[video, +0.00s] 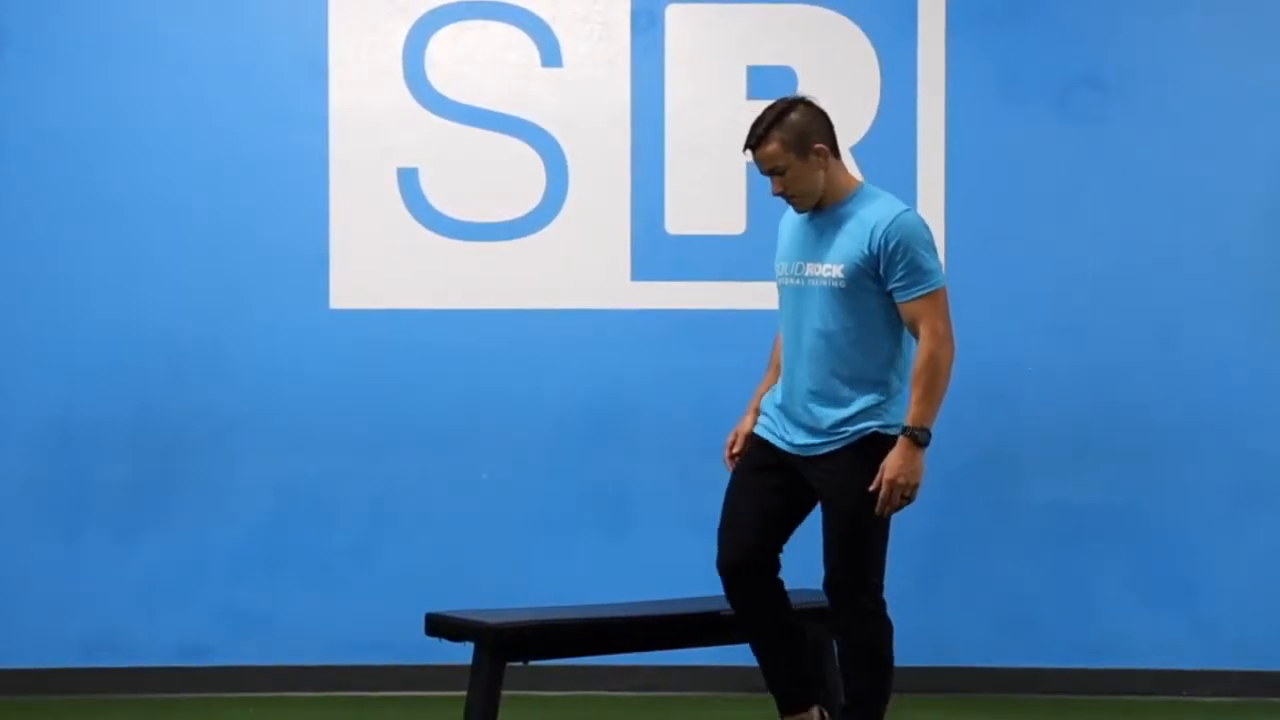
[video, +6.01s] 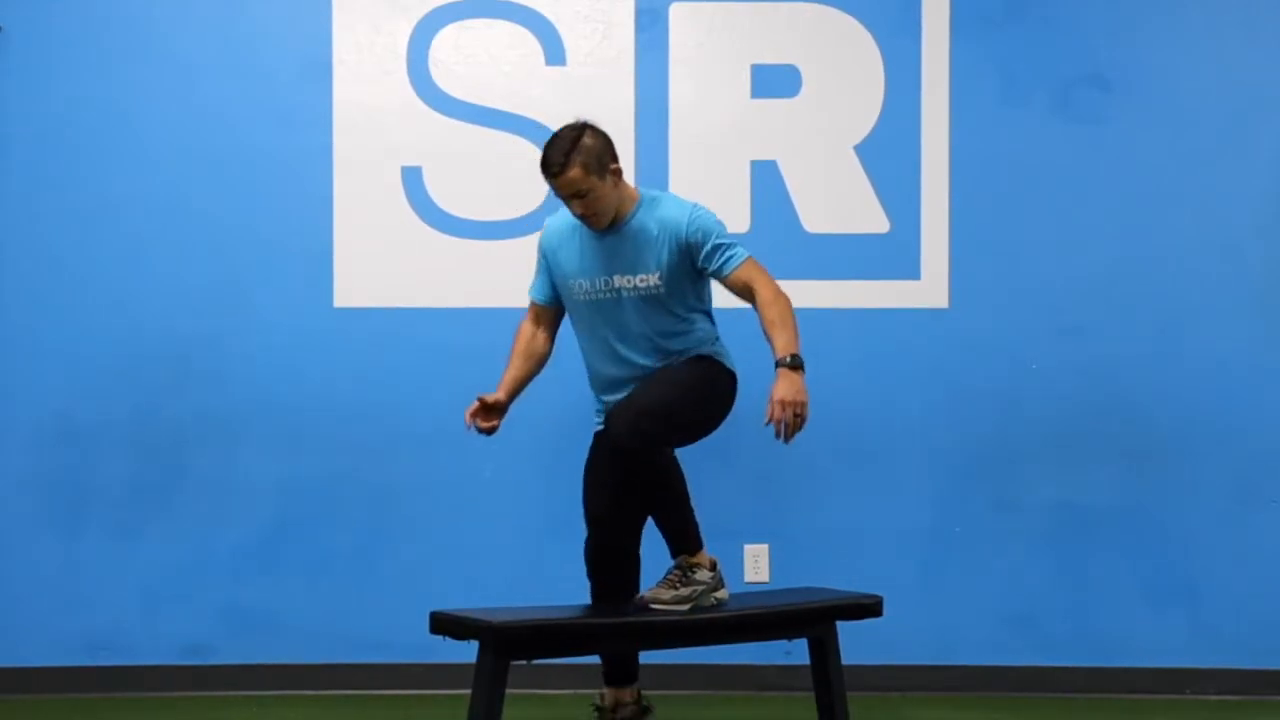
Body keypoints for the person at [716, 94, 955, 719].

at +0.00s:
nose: (774, 187)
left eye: (779, 172)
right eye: (767, 175)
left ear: (821, 155)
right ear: (809, 160)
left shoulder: (893, 225)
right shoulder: (794, 223)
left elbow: (936, 337)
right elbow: (795, 332)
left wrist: (913, 440)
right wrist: (756, 411)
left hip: (859, 439)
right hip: (783, 433)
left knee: (853, 598)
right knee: (741, 563)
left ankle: (862, 714)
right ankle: (803, 708)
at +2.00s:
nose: (583, 24)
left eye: (587, 10)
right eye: (577, 14)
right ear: (595, 11)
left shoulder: (699, 44)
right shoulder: (608, 70)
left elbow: (767, 134)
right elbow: (613, 154)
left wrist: (757, 225)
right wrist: (577, 220)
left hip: (712, 253)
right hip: (648, 265)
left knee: (689, 401)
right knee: (653, 409)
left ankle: (722, 562)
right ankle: (682, 561)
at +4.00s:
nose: (536, 208)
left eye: (540, 194)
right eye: (528, 199)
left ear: (575, 175)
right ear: (530, 192)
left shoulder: (638, 219)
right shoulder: (549, 243)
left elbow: (716, 284)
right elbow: (560, 329)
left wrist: (702, 345)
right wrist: (536, 414)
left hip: (661, 378)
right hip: (603, 400)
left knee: (571, 427)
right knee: (617, 557)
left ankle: (674, 522)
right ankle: (632, 704)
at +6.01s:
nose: (576, 209)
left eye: (583, 195)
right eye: (565, 199)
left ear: (616, 175)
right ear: (554, 190)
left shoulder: (678, 223)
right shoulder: (557, 241)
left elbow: (763, 287)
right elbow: (540, 323)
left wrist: (790, 368)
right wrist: (504, 395)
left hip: (694, 378)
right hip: (617, 410)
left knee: (631, 426)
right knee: (608, 550)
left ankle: (696, 568)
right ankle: (621, 692)